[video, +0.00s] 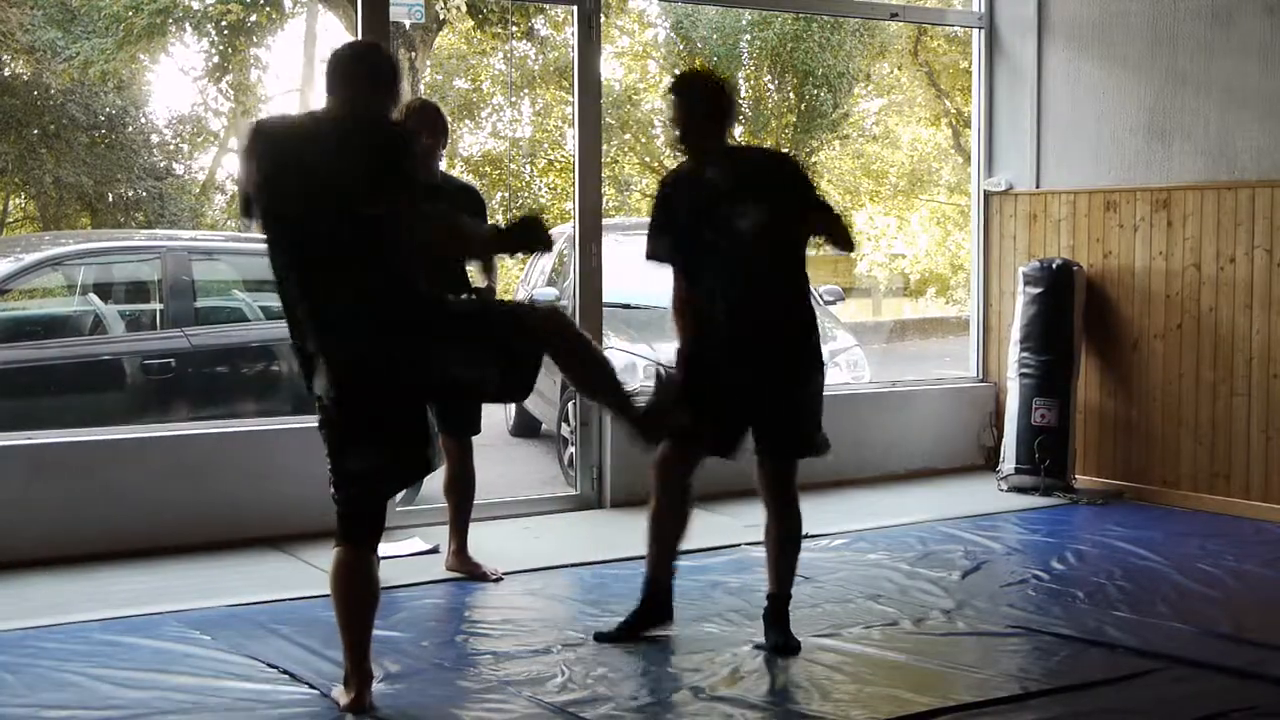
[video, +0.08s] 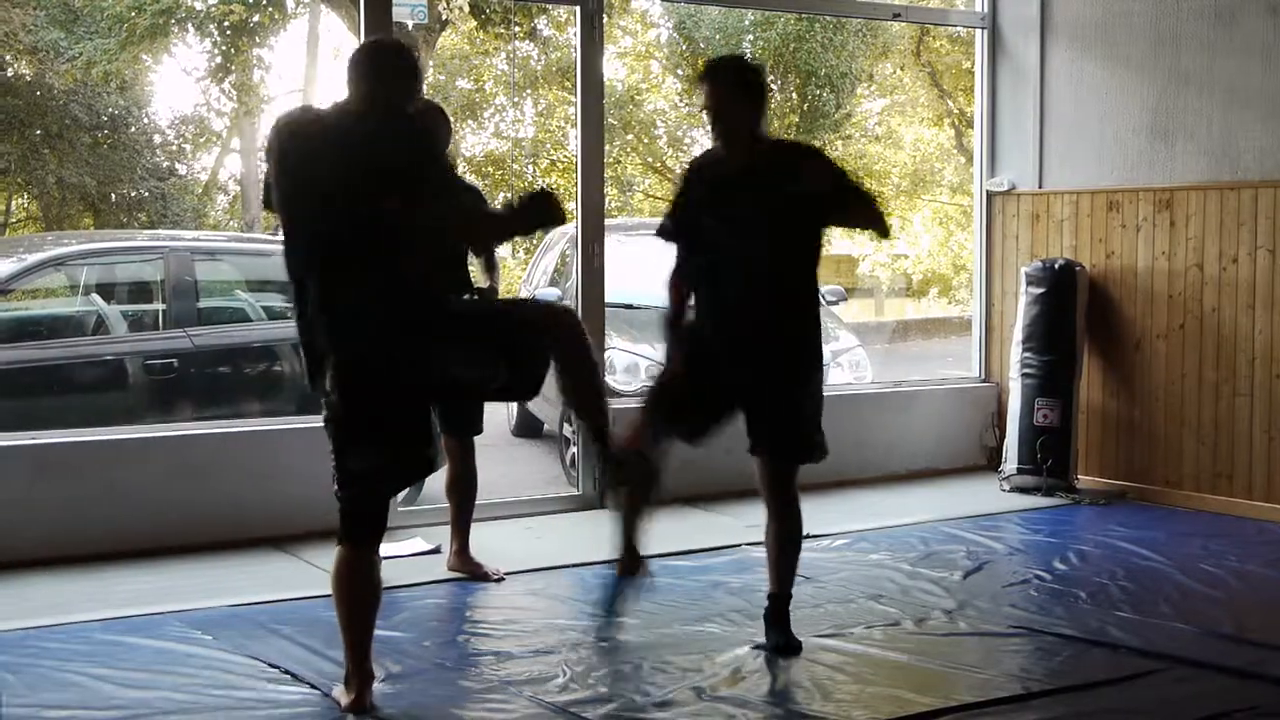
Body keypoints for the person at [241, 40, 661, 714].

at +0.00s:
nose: (428, 140)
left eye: (435, 133)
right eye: (421, 129)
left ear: (326, 89)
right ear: (390, 107)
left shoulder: (271, 140)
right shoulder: (391, 165)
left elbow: (252, 210)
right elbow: (459, 241)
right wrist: (509, 238)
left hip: (348, 359)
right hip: (425, 337)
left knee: (356, 537)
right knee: (550, 326)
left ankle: (357, 682)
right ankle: (637, 420)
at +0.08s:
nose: (420, 101)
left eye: (414, 89)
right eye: (418, 89)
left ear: (350, 84)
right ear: (411, 89)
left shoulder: (298, 139)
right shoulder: (417, 144)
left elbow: (279, 210)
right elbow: (481, 228)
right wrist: (539, 209)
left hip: (353, 357)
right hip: (435, 337)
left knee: (359, 533)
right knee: (560, 327)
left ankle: (358, 682)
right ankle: (608, 455)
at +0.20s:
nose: (442, 93)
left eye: (440, 81)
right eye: (440, 81)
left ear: (371, 75)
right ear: (430, 79)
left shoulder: (319, 127)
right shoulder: (438, 129)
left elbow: (295, 205)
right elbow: (481, 220)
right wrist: (531, 190)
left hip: (365, 358)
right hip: (449, 346)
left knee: (361, 530)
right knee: (568, 408)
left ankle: (359, 678)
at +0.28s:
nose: (456, 106)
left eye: (454, 95)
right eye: (453, 95)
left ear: (388, 90)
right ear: (444, 94)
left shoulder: (338, 152)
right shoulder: (458, 146)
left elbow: (298, 224)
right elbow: (510, 226)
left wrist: (359, 186)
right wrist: (534, 178)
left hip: (375, 367)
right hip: (460, 359)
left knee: (351, 509)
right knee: (553, 477)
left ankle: (359, 654)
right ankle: (579, 661)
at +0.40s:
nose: (472, 143)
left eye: (470, 133)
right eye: (471, 132)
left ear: (407, 128)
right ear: (463, 132)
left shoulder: (355, 190)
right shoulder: (482, 185)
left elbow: (302, 269)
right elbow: (551, 256)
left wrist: (355, 231)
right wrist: (562, 195)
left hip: (392, 398)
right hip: (479, 396)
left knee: (376, 524)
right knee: (566, 508)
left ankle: (379, 661)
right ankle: (602, 674)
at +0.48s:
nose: (476, 143)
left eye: (476, 133)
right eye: (474, 132)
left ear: (408, 122)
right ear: (461, 128)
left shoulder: (342, 182)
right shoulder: (468, 174)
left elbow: (301, 265)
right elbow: (526, 253)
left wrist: (369, 249)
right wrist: (544, 205)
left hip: (379, 385)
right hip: (463, 382)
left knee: (393, 527)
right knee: (534, 522)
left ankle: (399, 671)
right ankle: (608, 657)